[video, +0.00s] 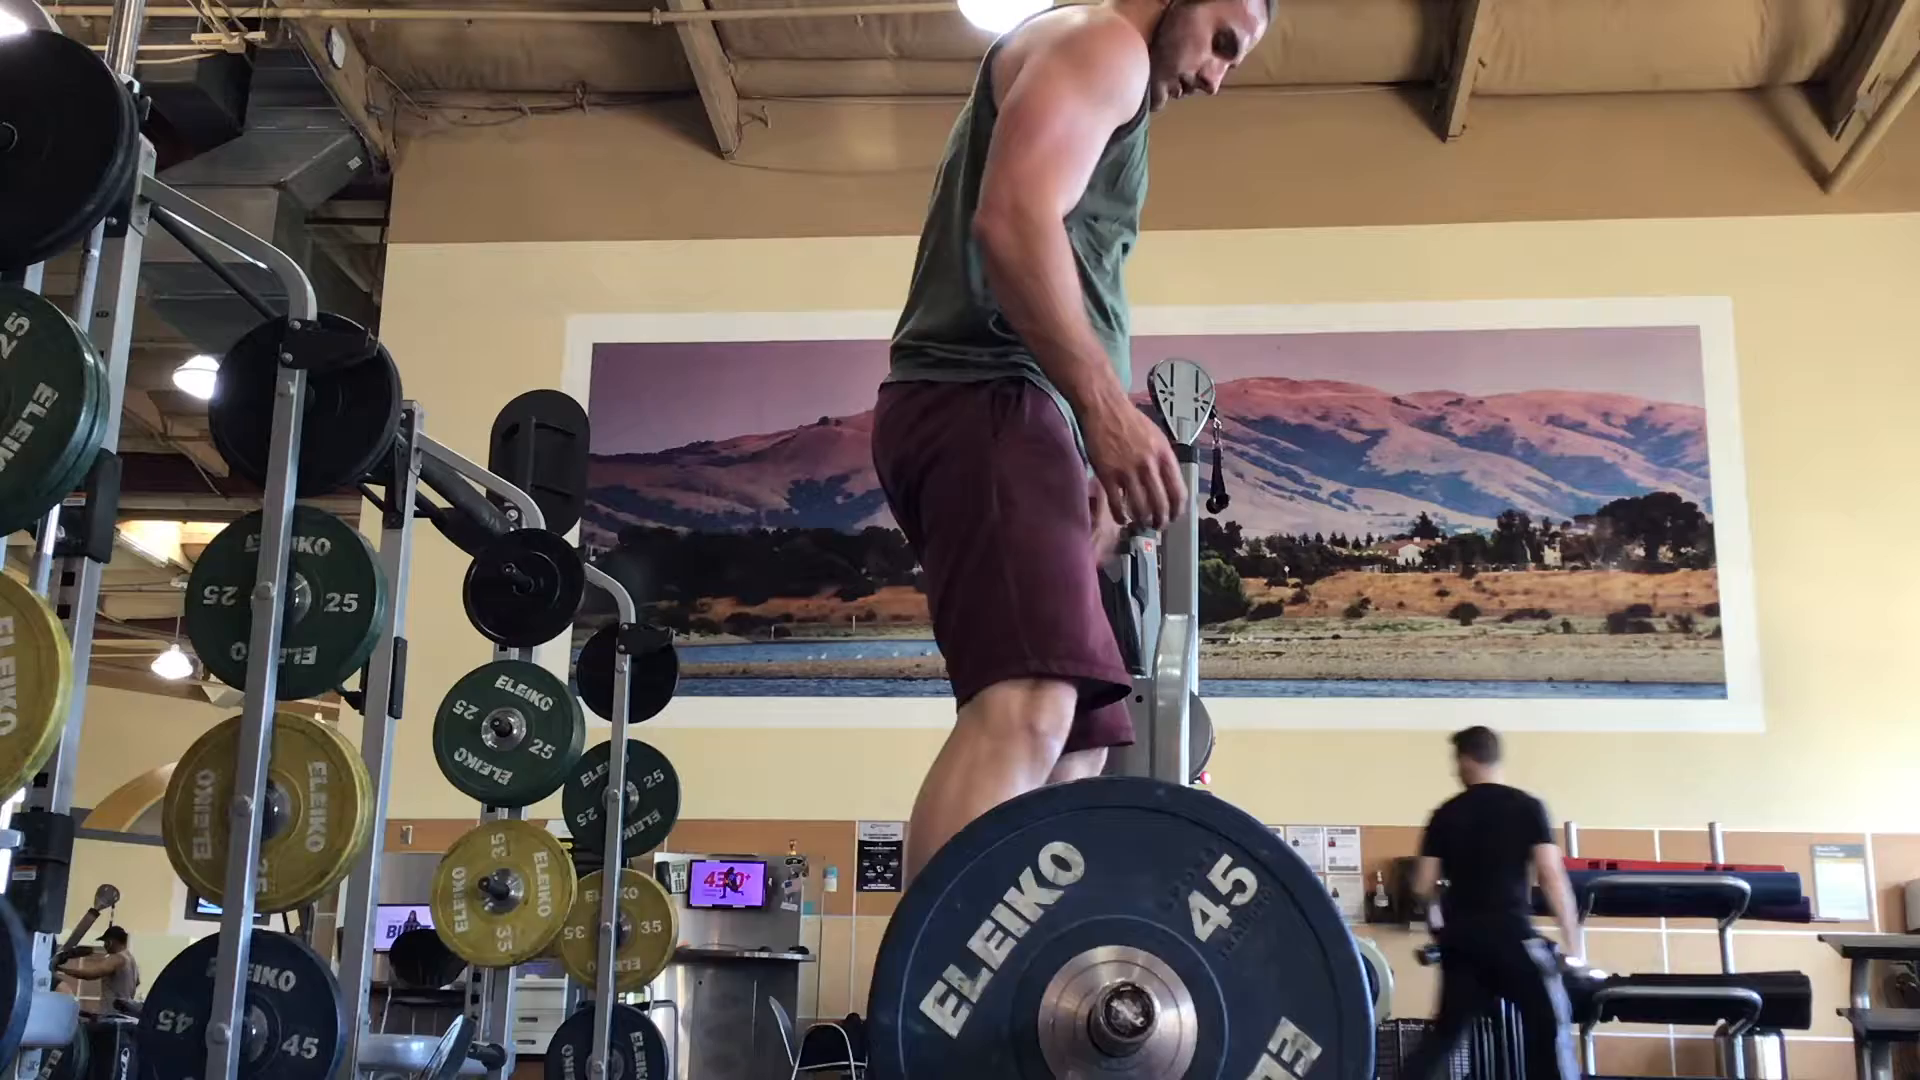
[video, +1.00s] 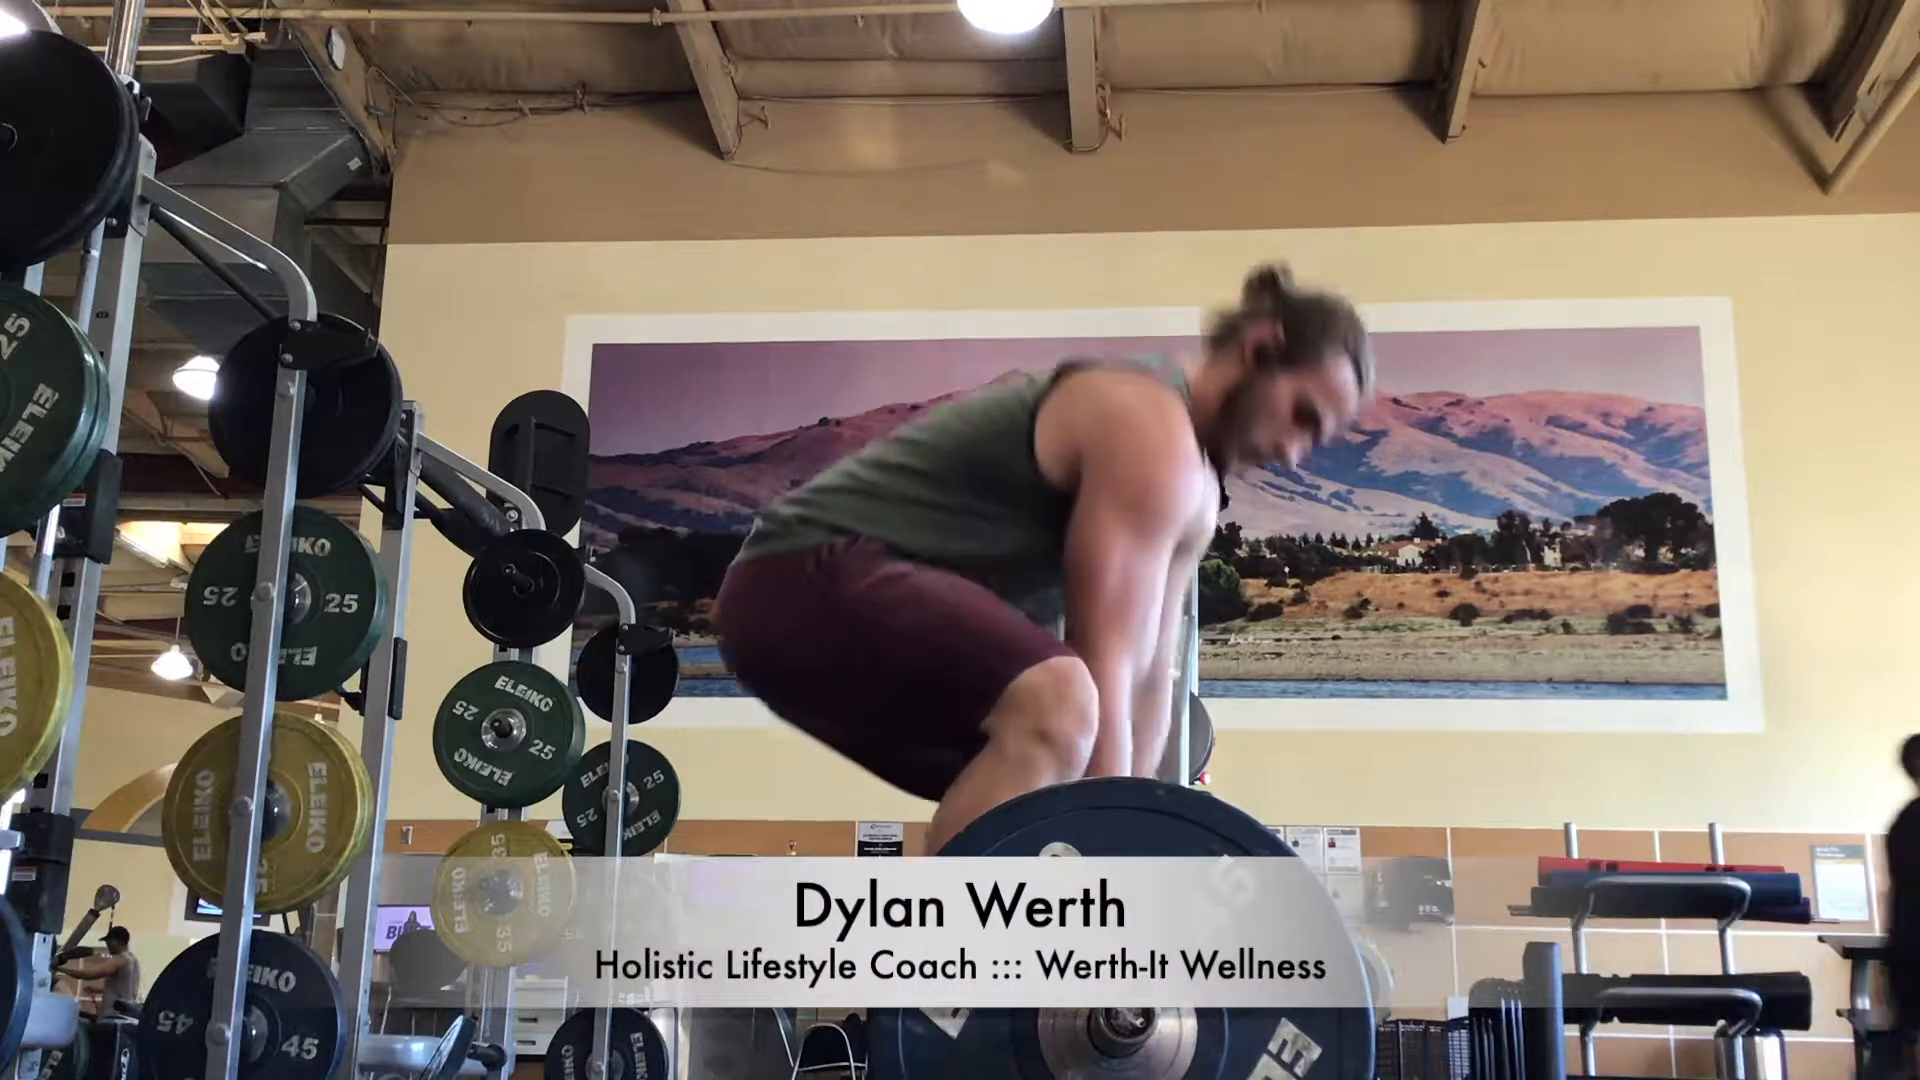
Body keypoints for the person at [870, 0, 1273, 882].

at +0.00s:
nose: (1219, 72)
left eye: (1234, 63)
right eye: (1223, 41)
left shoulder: (1108, 74)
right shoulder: (1100, 44)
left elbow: (1057, 287)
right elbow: (1015, 220)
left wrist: (1099, 458)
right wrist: (1106, 406)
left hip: (1025, 412)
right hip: (987, 399)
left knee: (1080, 734)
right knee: (1024, 702)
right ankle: (926, 1001)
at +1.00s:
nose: (1298, 453)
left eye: (1319, 438)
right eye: (1305, 416)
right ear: (1260, 346)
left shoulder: (1193, 491)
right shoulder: (1145, 435)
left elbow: (1151, 688)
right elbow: (1098, 673)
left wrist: (1135, 868)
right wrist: (1101, 859)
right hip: (804, 574)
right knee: (1057, 705)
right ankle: (904, 958)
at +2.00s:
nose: (1322, 521)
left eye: (1333, 501)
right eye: (1319, 483)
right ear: (1250, 441)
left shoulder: (1181, 621)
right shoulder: (1139, 523)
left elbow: (1133, 805)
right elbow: (1070, 774)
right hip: (780, 615)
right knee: (1051, 712)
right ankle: (899, 975)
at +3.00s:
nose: (1343, 507)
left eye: (1347, 481)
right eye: (1333, 471)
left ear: (1263, 452)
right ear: (1260, 448)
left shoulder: (1173, 617)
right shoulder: (1146, 525)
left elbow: (1134, 809)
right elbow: (1062, 759)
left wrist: (1149, 979)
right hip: (788, 617)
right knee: (1071, 718)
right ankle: (927, 967)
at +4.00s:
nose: (1325, 510)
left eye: (1332, 488)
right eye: (1316, 473)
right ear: (1243, 446)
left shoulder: (1175, 631)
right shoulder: (1122, 526)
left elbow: (1114, 814)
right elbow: (1034, 756)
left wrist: (1121, 980)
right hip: (762, 606)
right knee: (1028, 708)